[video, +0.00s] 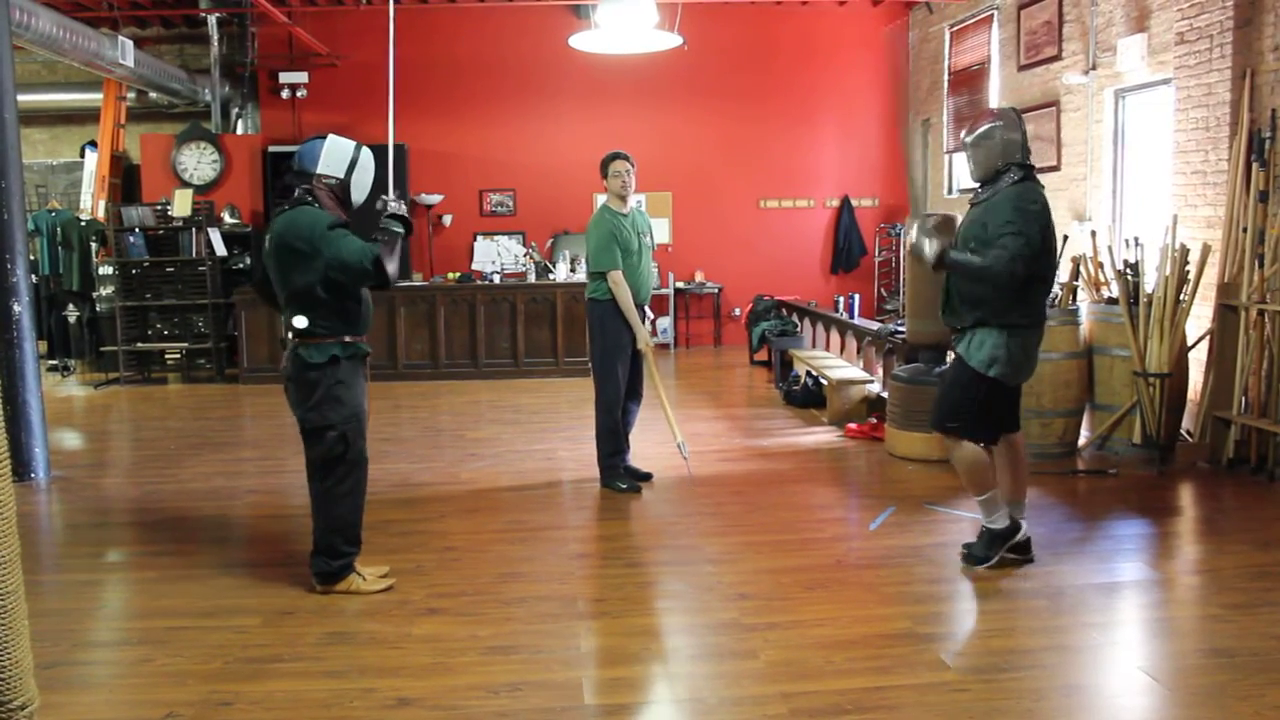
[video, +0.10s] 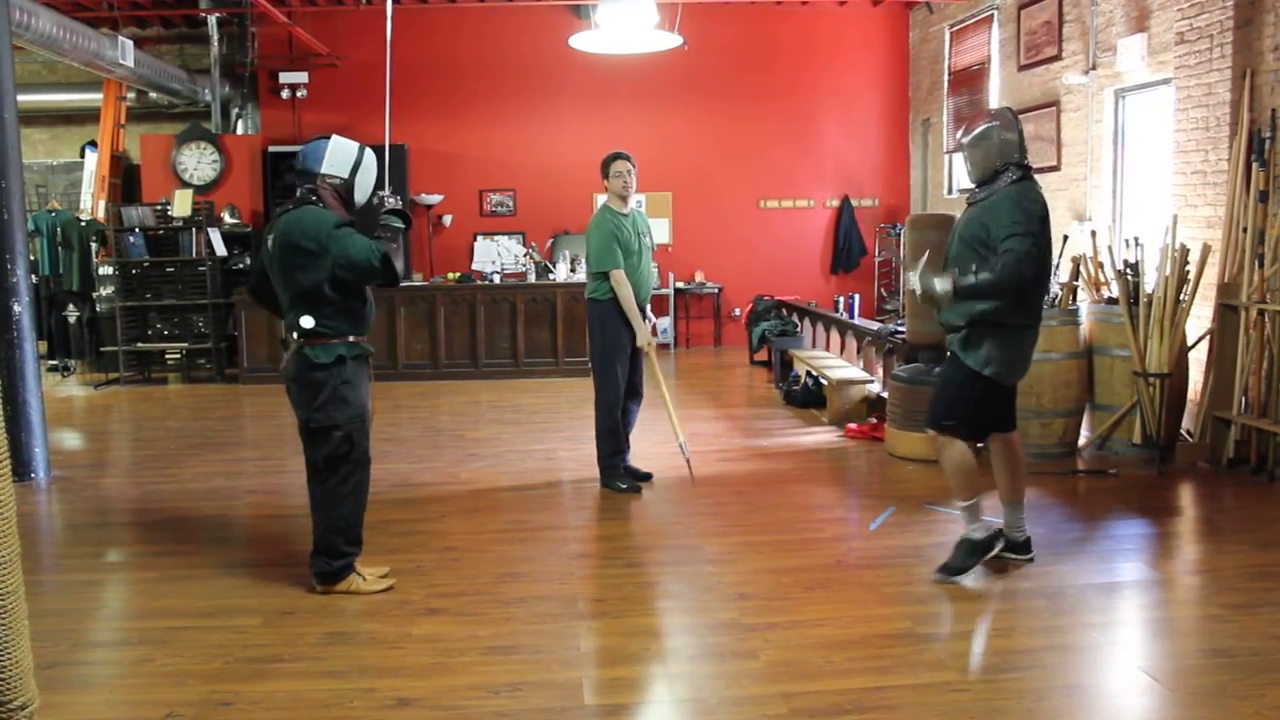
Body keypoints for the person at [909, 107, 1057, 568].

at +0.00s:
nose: (970, 159)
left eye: (976, 149)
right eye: (970, 150)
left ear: (1000, 149)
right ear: (1002, 150)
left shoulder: (1018, 199)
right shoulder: (1001, 196)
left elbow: (1008, 268)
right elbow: (990, 260)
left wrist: (947, 256)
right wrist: (947, 243)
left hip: (998, 336)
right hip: (996, 334)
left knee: (955, 428)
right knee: (1004, 431)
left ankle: (997, 525)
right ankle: (1013, 533)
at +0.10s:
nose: (966, 160)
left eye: (973, 150)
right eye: (966, 151)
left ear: (998, 148)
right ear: (1000, 150)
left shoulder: (1016, 199)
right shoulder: (998, 196)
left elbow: (1017, 271)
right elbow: (989, 265)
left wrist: (952, 286)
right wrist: (941, 273)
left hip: (992, 340)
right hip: (990, 337)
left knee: (946, 428)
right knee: (1001, 431)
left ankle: (976, 531)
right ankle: (1015, 534)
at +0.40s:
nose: (957, 158)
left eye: (965, 149)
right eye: (957, 151)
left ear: (993, 149)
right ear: (989, 152)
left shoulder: (1001, 202)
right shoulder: (982, 200)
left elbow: (999, 279)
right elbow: (970, 276)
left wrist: (979, 345)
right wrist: (928, 331)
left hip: (963, 343)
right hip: (960, 339)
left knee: (941, 445)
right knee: (983, 437)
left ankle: (951, 557)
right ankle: (1012, 535)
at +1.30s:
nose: (909, 163)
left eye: (913, 153)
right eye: (909, 153)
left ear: (934, 154)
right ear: (954, 152)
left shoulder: (953, 206)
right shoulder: (979, 197)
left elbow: (952, 287)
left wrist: (930, 357)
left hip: (958, 354)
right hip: (989, 349)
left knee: (927, 447)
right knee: (993, 434)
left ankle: (951, 558)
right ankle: (1013, 534)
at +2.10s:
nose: (940, 170)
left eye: (945, 159)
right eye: (940, 160)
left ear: (968, 157)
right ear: (982, 156)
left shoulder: (978, 209)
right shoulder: (1019, 196)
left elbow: (945, 289)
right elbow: (1042, 265)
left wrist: (909, 295)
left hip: (996, 345)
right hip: (1035, 341)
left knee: (940, 437)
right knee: (1024, 439)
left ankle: (950, 552)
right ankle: (1053, 541)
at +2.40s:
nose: (911, 177)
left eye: (914, 167)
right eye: (911, 168)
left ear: (933, 169)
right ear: (962, 165)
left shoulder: (937, 222)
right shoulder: (1004, 201)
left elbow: (884, 287)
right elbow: (1040, 262)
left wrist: (906, 241)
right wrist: (1007, 295)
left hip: (970, 351)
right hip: (1022, 346)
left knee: (909, 435)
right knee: (1019, 440)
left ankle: (907, 551)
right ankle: (1052, 540)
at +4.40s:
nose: (874, 192)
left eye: (876, 182)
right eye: (873, 183)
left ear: (892, 180)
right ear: (923, 172)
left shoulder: (904, 228)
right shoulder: (967, 204)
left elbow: (850, 298)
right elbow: (1009, 251)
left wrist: (886, 273)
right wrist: (995, 296)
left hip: (952, 352)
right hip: (1005, 344)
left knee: (892, 436)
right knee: (1012, 438)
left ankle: (910, 553)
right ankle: (1052, 538)